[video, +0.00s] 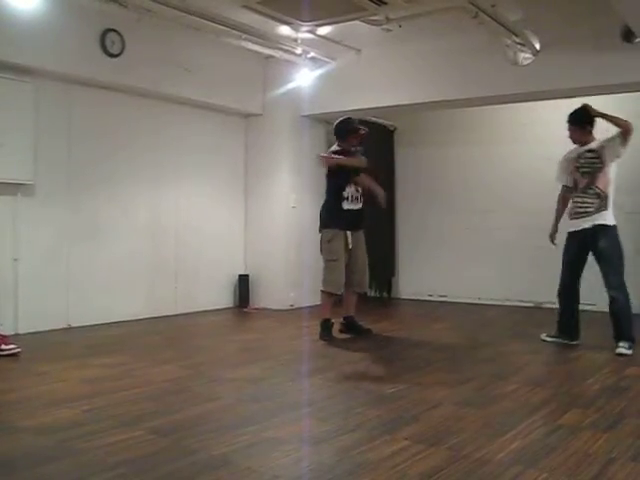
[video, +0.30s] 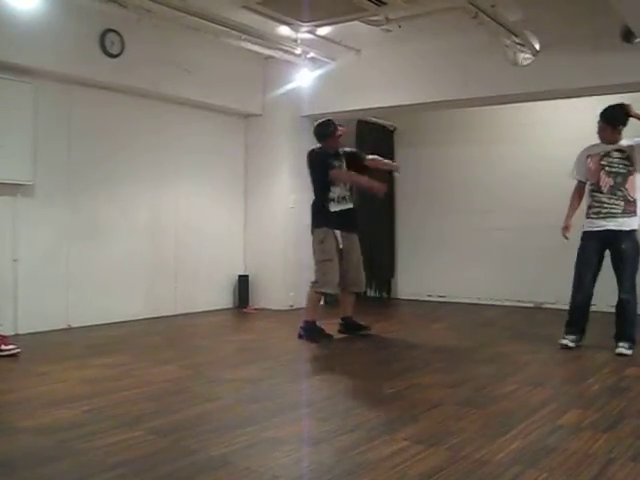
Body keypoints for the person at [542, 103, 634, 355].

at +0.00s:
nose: (570, 135)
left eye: (573, 131)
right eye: (569, 130)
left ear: (586, 129)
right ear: (575, 130)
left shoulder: (606, 149)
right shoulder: (569, 158)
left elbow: (627, 129)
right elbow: (565, 193)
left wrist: (599, 114)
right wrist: (555, 225)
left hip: (602, 225)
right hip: (576, 228)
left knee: (615, 284)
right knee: (567, 285)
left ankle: (625, 340)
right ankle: (567, 333)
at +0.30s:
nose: (600, 132)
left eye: (605, 128)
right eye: (599, 127)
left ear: (618, 130)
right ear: (601, 126)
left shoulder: (633, 152)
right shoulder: (589, 154)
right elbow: (580, 187)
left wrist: (635, 115)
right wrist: (569, 217)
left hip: (626, 230)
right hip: (594, 228)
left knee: (627, 288)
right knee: (582, 284)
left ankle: (625, 339)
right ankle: (573, 333)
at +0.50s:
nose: (608, 130)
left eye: (613, 127)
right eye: (609, 125)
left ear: (626, 130)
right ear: (612, 125)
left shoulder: (637, 154)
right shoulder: (597, 152)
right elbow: (588, 187)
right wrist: (577, 217)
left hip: (630, 230)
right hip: (598, 228)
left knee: (630, 289)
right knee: (591, 283)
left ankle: (628, 341)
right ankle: (592, 339)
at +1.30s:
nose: (577, 120)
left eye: (581, 116)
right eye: (578, 115)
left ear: (594, 118)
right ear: (592, 118)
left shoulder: (616, 143)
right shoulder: (577, 149)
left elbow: (637, 128)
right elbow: (571, 187)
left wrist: (618, 106)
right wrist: (555, 219)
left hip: (602, 225)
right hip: (576, 226)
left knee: (596, 285)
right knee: (578, 289)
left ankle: (616, 345)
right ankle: (591, 345)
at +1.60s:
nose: (573, 118)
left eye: (576, 113)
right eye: (574, 112)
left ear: (588, 115)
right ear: (590, 115)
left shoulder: (612, 142)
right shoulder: (580, 146)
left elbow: (630, 124)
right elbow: (573, 187)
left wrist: (611, 101)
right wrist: (560, 221)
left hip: (595, 226)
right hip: (573, 226)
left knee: (589, 293)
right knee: (576, 292)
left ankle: (596, 356)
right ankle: (587, 350)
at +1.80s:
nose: (572, 114)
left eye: (576, 109)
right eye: (573, 108)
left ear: (589, 111)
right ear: (588, 111)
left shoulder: (611, 138)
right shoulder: (582, 141)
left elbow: (623, 120)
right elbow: (579, 180)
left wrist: (609, 97)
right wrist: (574, 214)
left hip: (597, 225)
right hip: (576, 223)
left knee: (592, 290)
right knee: (572, 288)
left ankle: (597, 355)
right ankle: (587, 348)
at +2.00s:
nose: (568, 116)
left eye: (571, 111)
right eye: (569, 111)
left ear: (584, 112)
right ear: (586, 112)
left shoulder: (606, 139)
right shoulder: (583, 139)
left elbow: (615, 123)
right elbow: (584, 176)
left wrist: (602, 98)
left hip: (597, 227)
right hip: (578, 224)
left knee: (593, 291)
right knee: (574, 288)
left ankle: (597, 355)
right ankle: (586, 346)